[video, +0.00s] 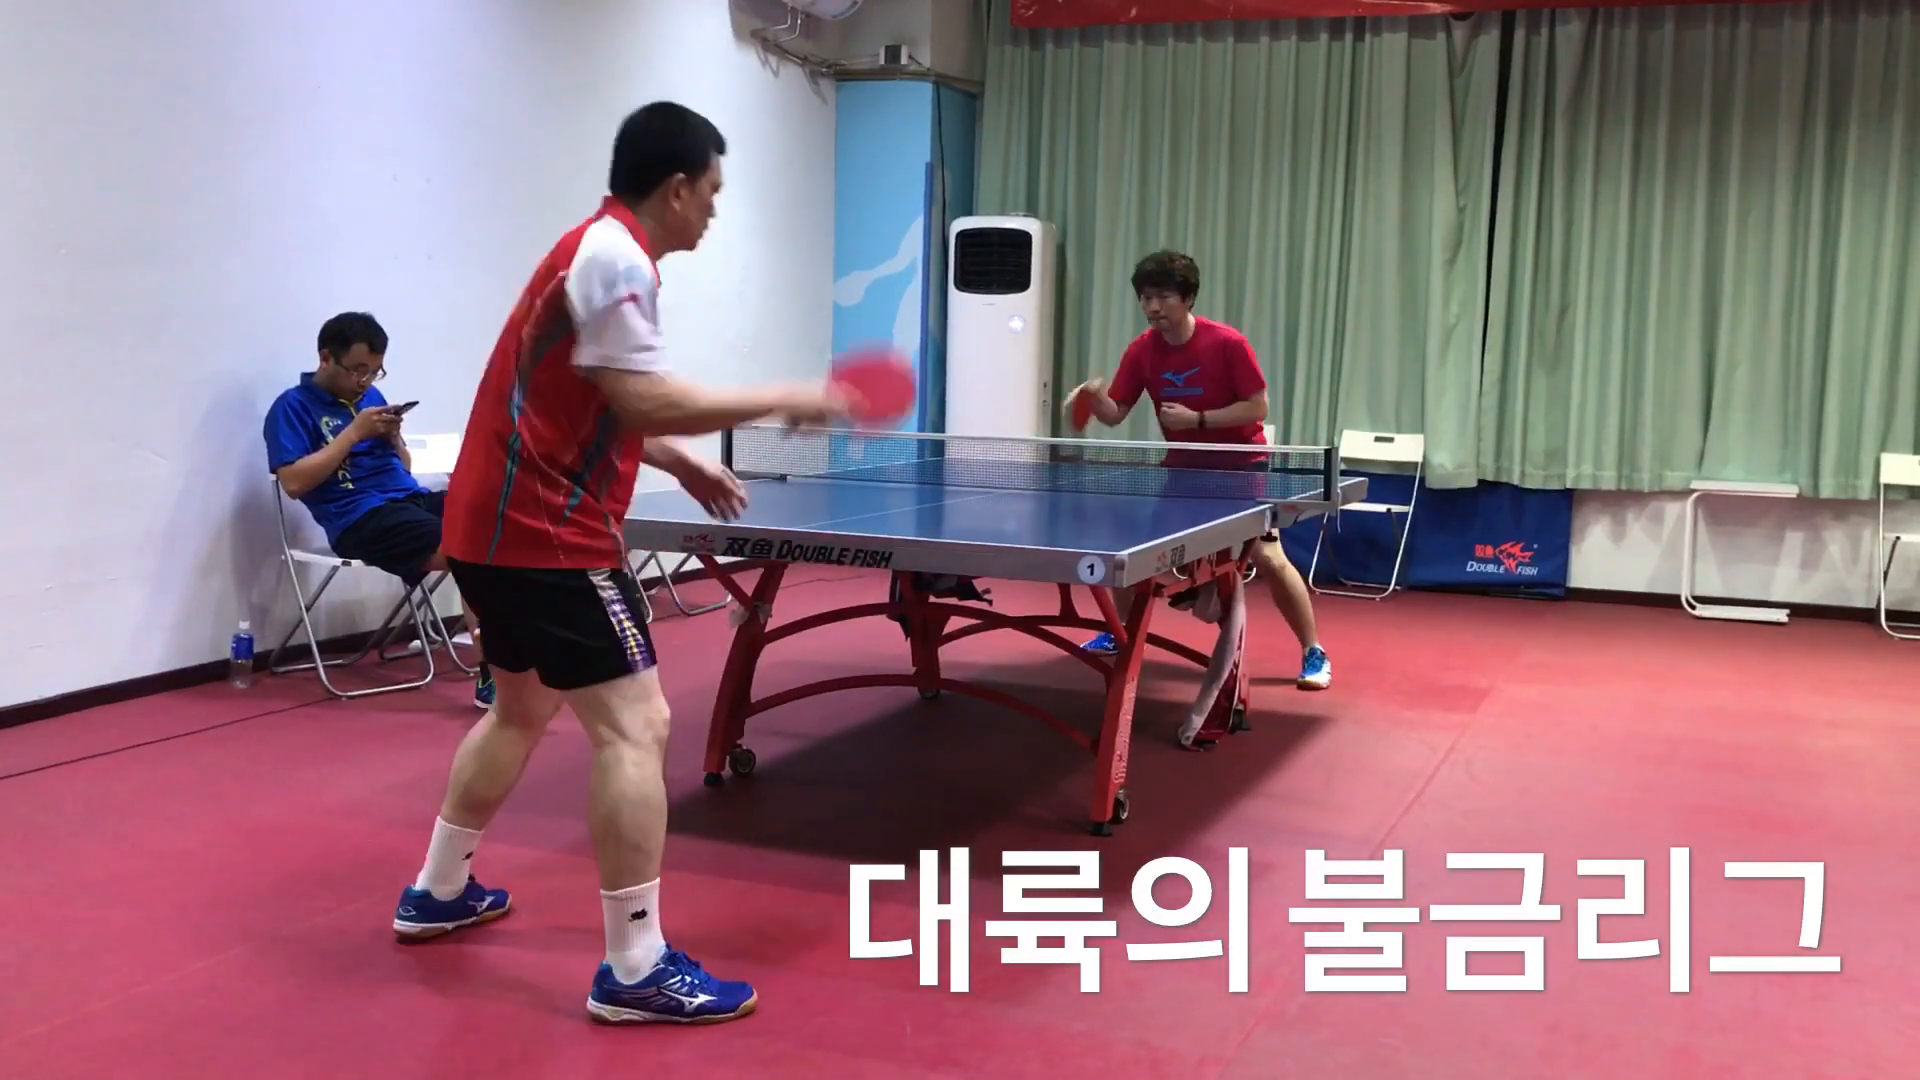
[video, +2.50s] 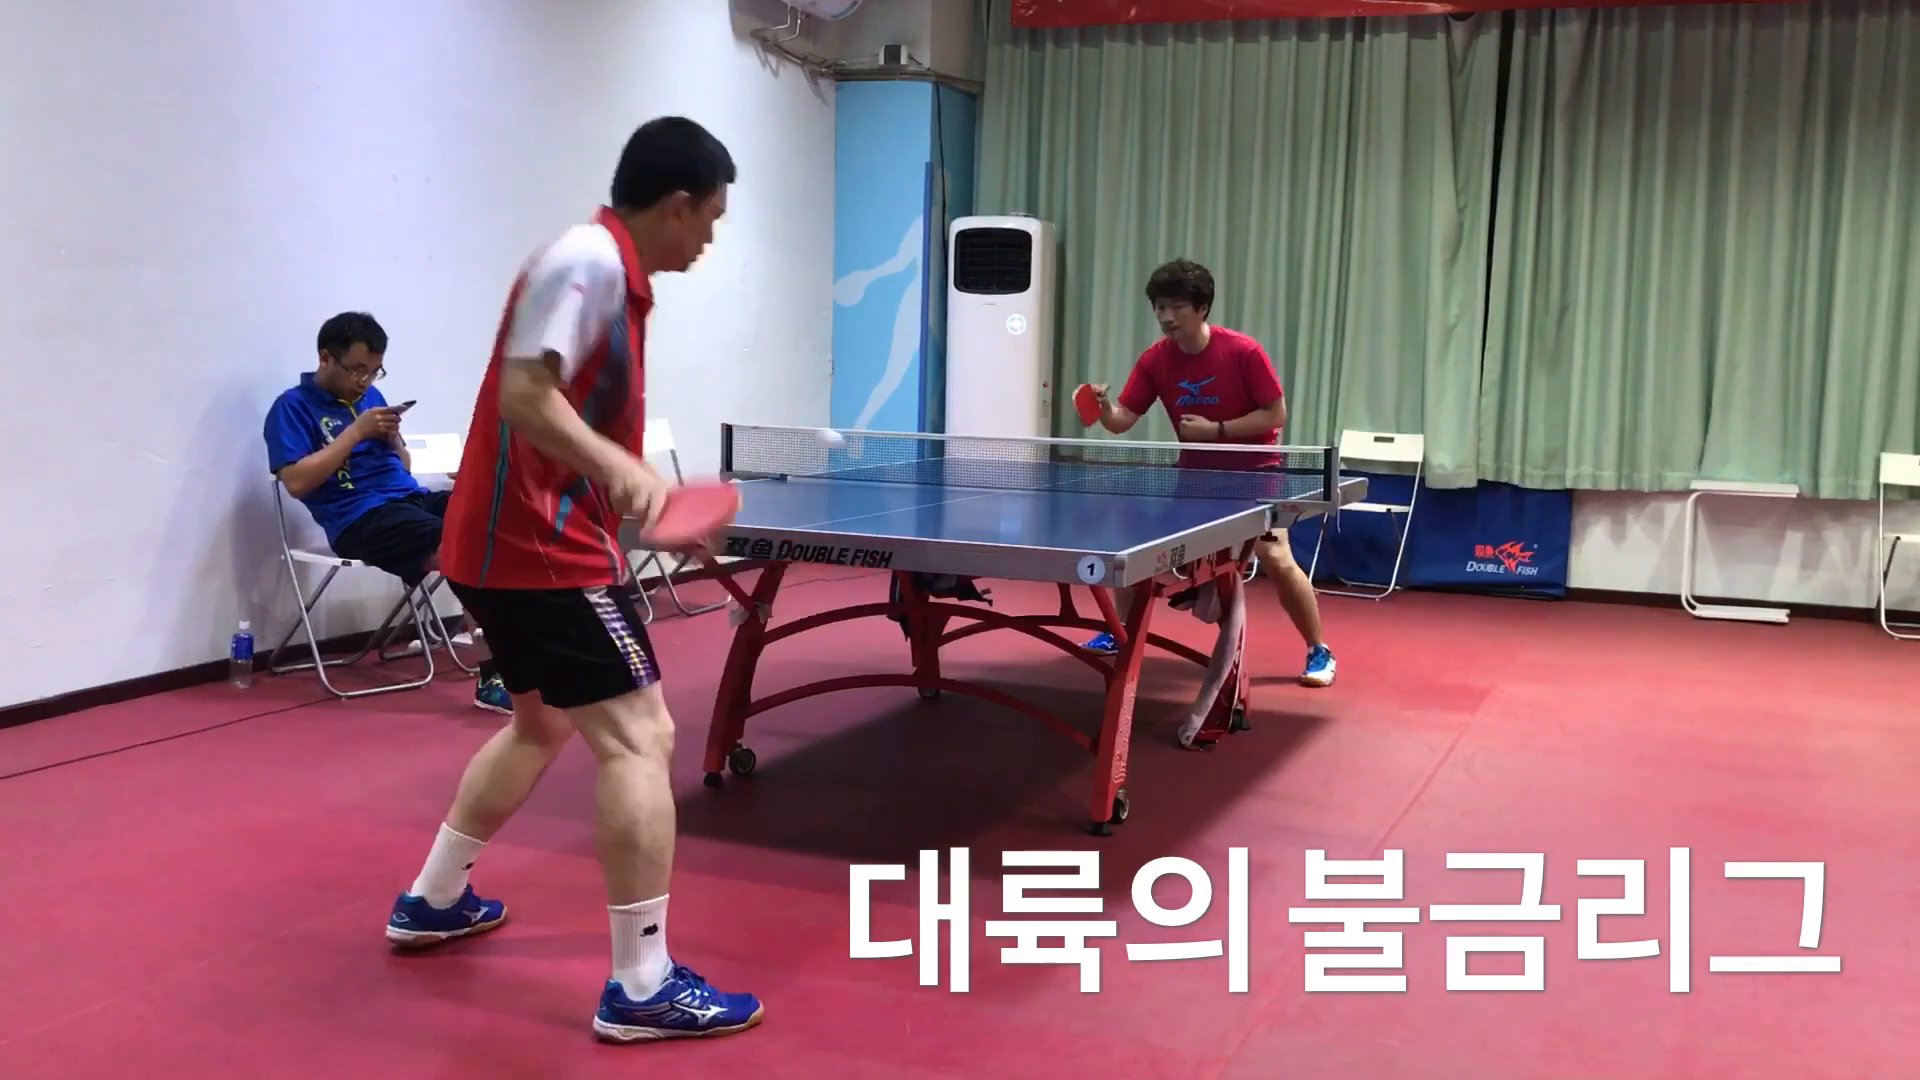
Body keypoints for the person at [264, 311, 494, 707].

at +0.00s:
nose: (365, 382)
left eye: (372, 372)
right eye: (357, 370)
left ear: (378, 367)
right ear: (325, 359)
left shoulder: (369, 396)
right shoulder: (291, 408)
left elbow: (403, 468)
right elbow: (294, 483)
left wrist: (393, 435)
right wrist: (354, 433)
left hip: (411, 501)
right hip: (364, 519)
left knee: (496, 522)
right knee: (472, 550)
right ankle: (490, 673)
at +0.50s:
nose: (364, 381)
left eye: (372, 371)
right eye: (356, 370)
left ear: (379, 365)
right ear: (325, 359)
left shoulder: (370, 397)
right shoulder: (292, 407)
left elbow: (404, 466)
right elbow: (295, 482)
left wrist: (392, 435)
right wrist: (356, 432)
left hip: (412, 501)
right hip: (364, 520)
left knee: (502, 517)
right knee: (480, 546)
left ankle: (527, 668)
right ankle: (490, 675)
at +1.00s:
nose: (366, 381)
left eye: (373, 372)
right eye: (357, 370)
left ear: (379, 367)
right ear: (324, 360)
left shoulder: (368, 396)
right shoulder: (293, 407)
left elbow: (403, 468)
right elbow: (297, 482)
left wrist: (392, 436)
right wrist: (357, 433)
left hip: (411, 502)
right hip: (365, 520)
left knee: (505, 516)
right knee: (480, 549)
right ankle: (512, 681)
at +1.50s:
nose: (368, 382)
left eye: (375, 372)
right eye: (359, 371)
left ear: (381, 365)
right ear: (326, 358)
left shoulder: (370, 397)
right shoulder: (292, 407)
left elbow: (404, 468)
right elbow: (300, 482)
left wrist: (393, 438)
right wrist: (360, 432)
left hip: (410, 500)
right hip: (363, 520)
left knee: (490, 498)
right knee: (475, 547)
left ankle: (494, 607)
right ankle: (492, 676)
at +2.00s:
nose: (365, 381)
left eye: (372, 372)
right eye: (357, 371)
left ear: (378, 367)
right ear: (325, 359)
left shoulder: (368, 396)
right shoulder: (292, 408)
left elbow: (403, 466)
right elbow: (298, 481)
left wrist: (392, 436)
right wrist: (359, 431)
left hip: (411, 502)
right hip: (365, 520)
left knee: (502, 517)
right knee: (483, 548)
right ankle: (505, 683)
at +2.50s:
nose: (365, 382)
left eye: (373, 372)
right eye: (357, 371)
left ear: (379, 366)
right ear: (325, 359)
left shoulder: (370, 397)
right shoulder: (291, 408)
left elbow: (403, 469)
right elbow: (297, 483)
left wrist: (393, 436)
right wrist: (356, 432)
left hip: (411, 501)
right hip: (364, 520)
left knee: (499, 518)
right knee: (472, 551)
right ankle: (493, 673)